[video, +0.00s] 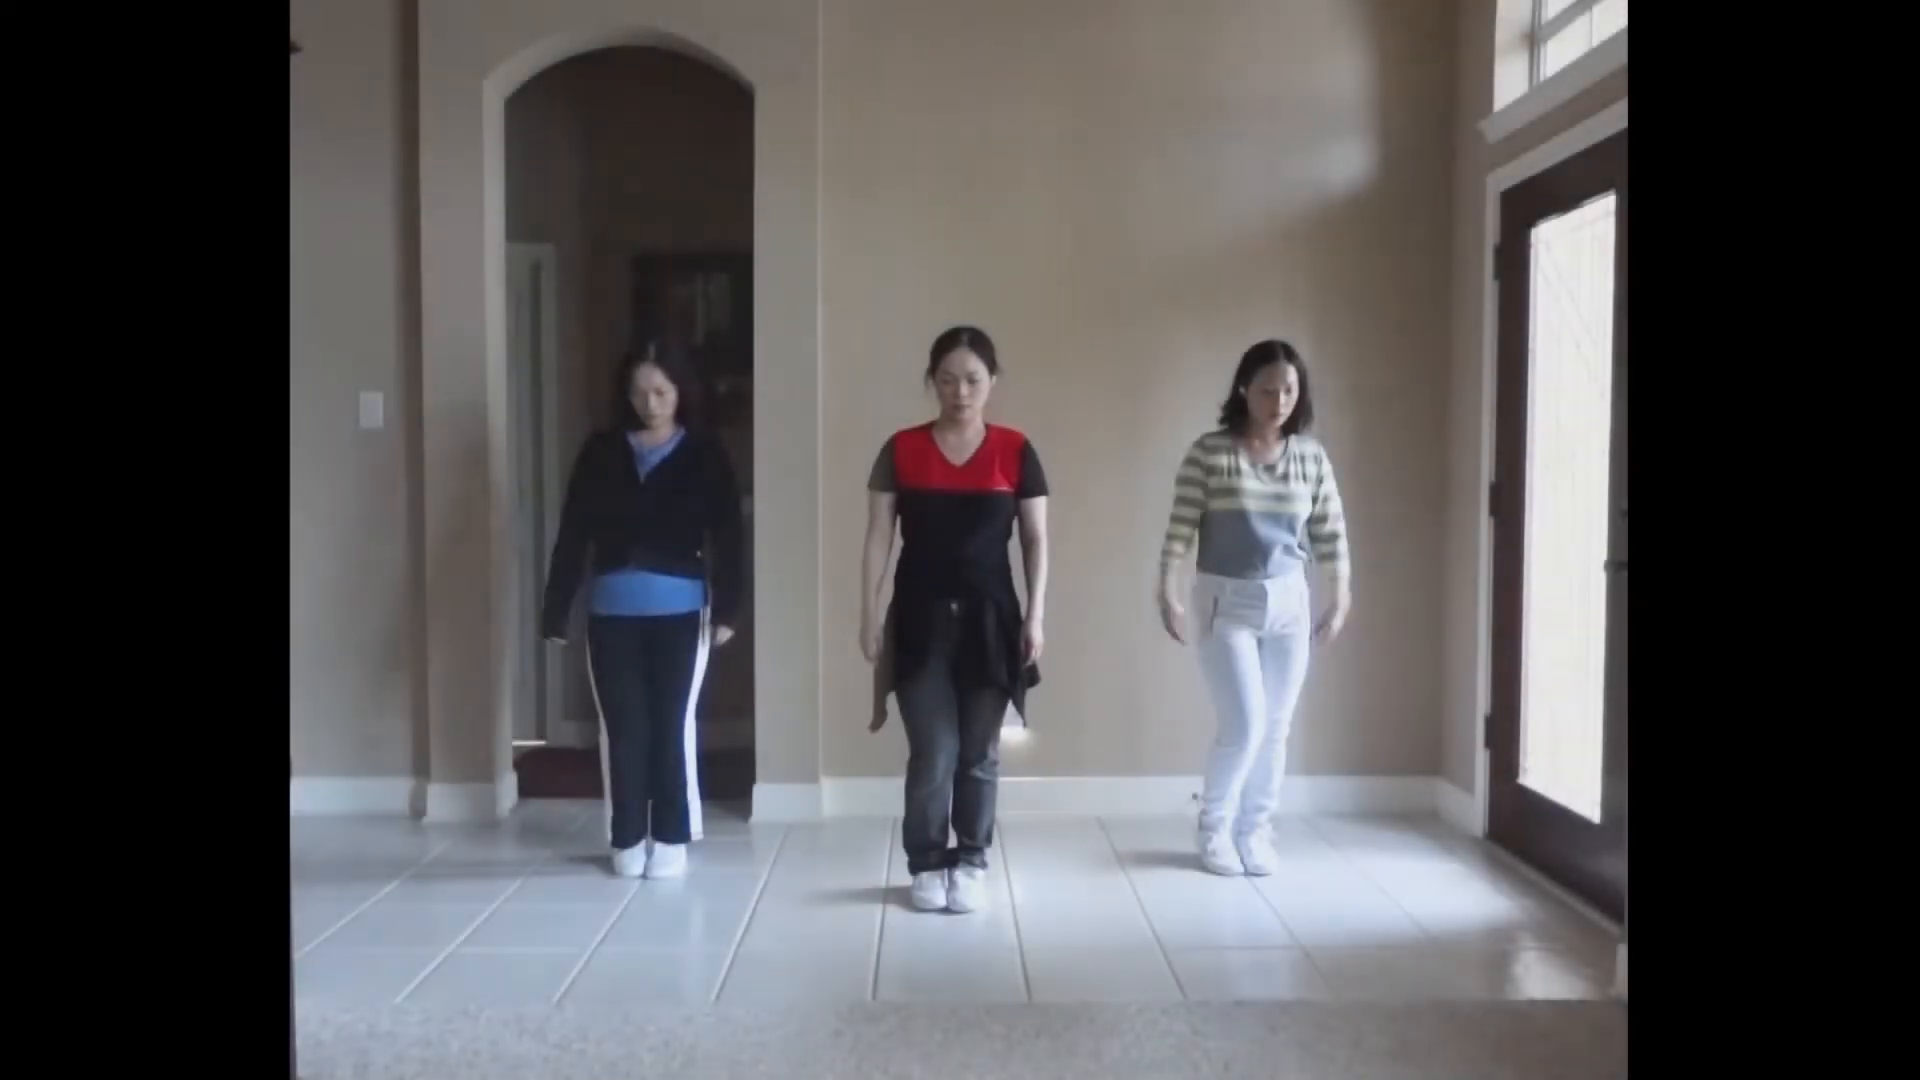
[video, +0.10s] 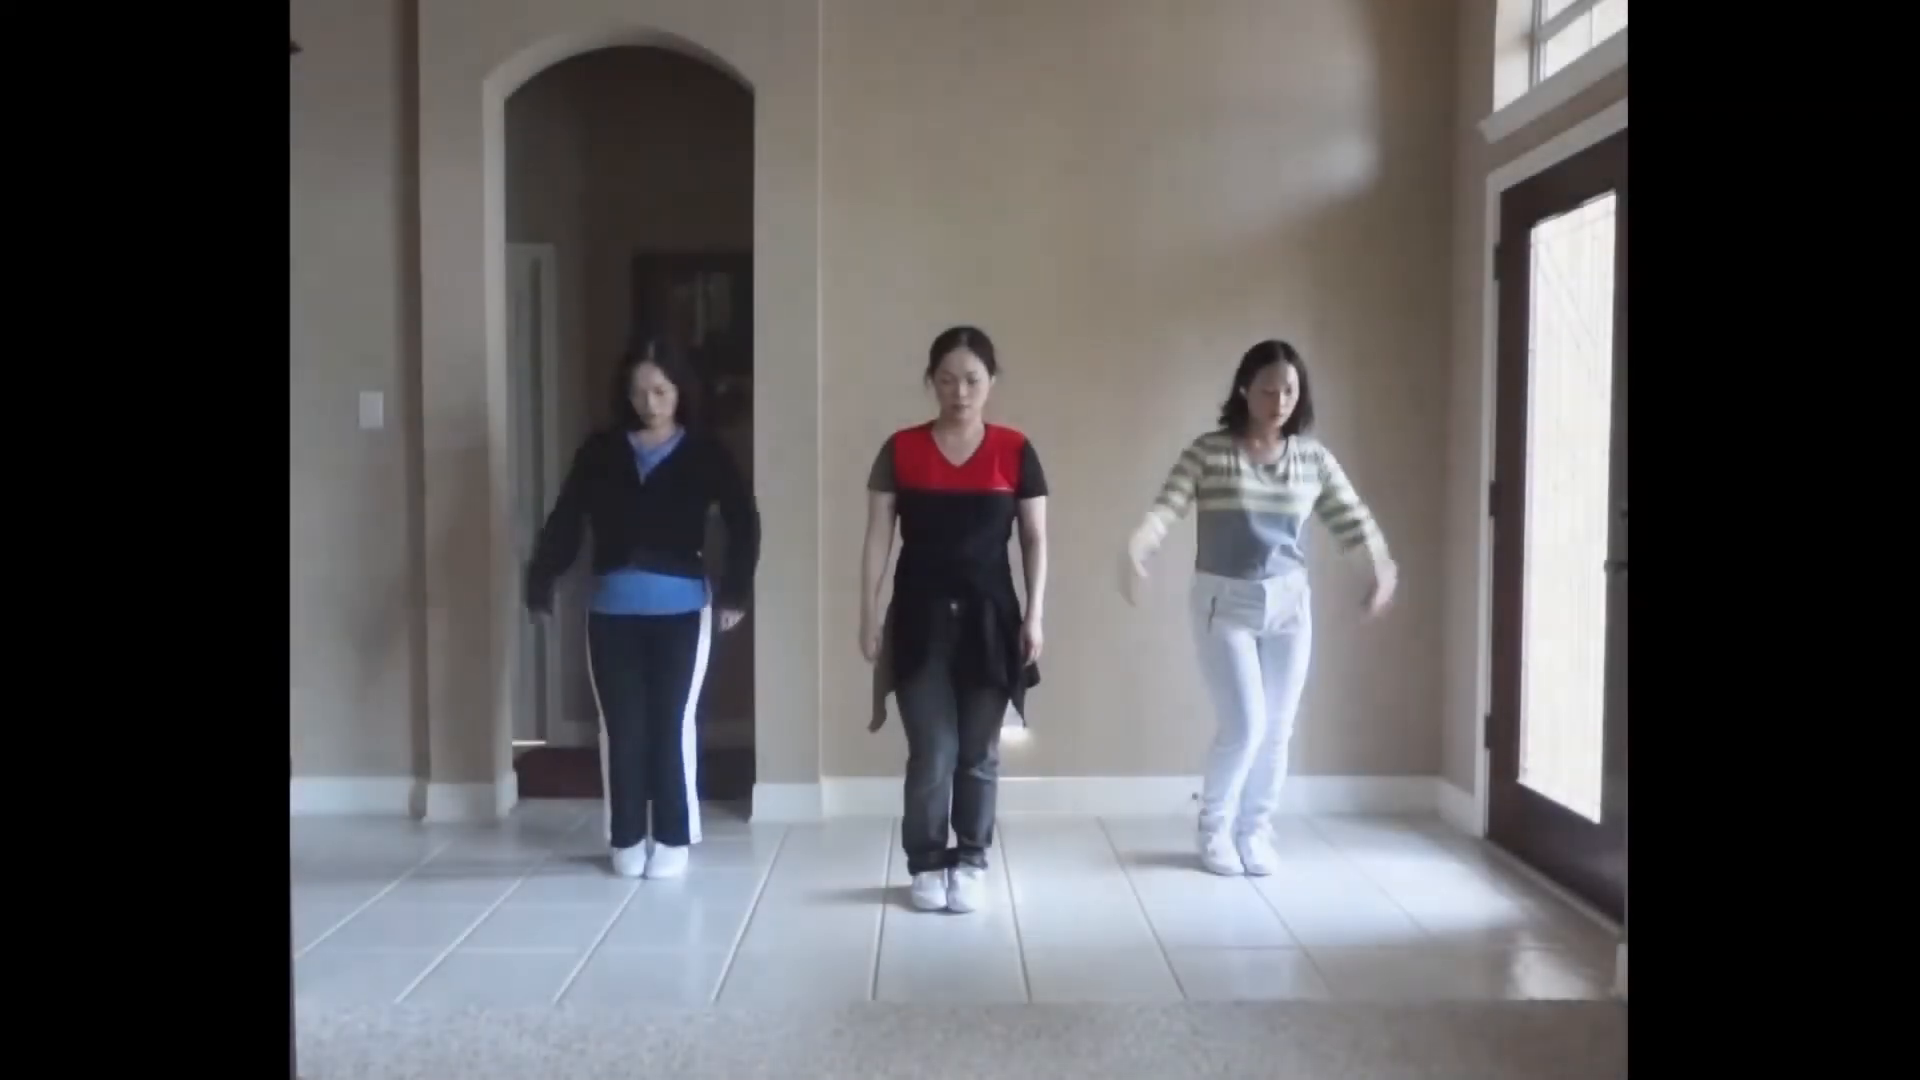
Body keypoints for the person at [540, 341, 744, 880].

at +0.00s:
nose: (651, 400)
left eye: (661, 390)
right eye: (642, 391)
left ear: (679, 393)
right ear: (629, 394)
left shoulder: (704, 453)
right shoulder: (602, 451)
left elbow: (727, 533)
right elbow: (573, 532)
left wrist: (729, 608)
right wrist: (557, 609)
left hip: (680, 613)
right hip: (612, 613)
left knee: (669, 726)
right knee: (625, 729)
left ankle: (670, 840)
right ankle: (628, 842)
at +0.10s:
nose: (651, 400)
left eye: (661, 390)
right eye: (642, 390)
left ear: (679, 392)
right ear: (628, 394)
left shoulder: (705, 453)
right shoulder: (601, 451)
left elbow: (743, 520)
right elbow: (566, 521)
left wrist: (736, 592)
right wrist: (540, 582)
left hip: (681, 612)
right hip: (613, 611)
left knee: (671, 726)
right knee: (624, 729)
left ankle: (673, 841)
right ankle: (627, 842)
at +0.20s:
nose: (651, 408)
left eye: (661, 396)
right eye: (641, 397)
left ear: (679, 398)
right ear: (628, 400)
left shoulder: (705, 455)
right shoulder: (604, 453)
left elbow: (758, 501)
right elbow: (554, 517)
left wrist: (752, 541)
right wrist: (503, 521)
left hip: (683, 618)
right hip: (616, 616)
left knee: (674, 733)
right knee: (623, 734)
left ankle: (673, 845)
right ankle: (626, 842)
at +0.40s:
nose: (647, 433)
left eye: (657, 422)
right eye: (638, 424)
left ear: (676, 422)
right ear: (627, 425)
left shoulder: (704, 473)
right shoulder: (608, 471)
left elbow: (752, 516)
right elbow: (545, 511)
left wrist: (742, 453)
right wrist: (552, 450)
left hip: (685, 630)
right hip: (618, 630)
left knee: (675, 742)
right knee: (622, 745)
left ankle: (671, 848)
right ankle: (631, 773)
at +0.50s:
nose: (644, 435)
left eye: (653, 424)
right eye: (636, 425)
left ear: (677, 423)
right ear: (627, 425)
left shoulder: (702, 472)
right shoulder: (609, 469)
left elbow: (749, 467)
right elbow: (541, 471)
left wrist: (705, 433)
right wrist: (584, 423)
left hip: (682, 627)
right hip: (615, 626)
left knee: (673, 739)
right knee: (618, 746)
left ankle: (670, 847)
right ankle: (635, 768)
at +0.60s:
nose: (642, 399)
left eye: (652, 388)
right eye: (635, 389)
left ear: (673, 395)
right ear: (626, 395)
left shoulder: (699, 449)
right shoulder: (601, 442)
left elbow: (748, 394)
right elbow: (543, 389)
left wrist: (696, 371)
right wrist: (611, 369)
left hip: (679, 604)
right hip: (615, 602)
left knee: (669, 721)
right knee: (619, 713)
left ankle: (672, 841)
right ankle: (637, 804)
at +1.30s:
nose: (644, 393)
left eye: (653, 386)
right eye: (634, 386)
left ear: (670, 396)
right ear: (620, 395)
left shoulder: (683, 434)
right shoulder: (602, 432)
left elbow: (685, 432)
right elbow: (587, 431)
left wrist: (649, 418)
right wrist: (610, 411)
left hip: (667, 585)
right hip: (611, 584)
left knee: (656, 701)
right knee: (623, 702)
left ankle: (683, 819)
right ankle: (641, 817)